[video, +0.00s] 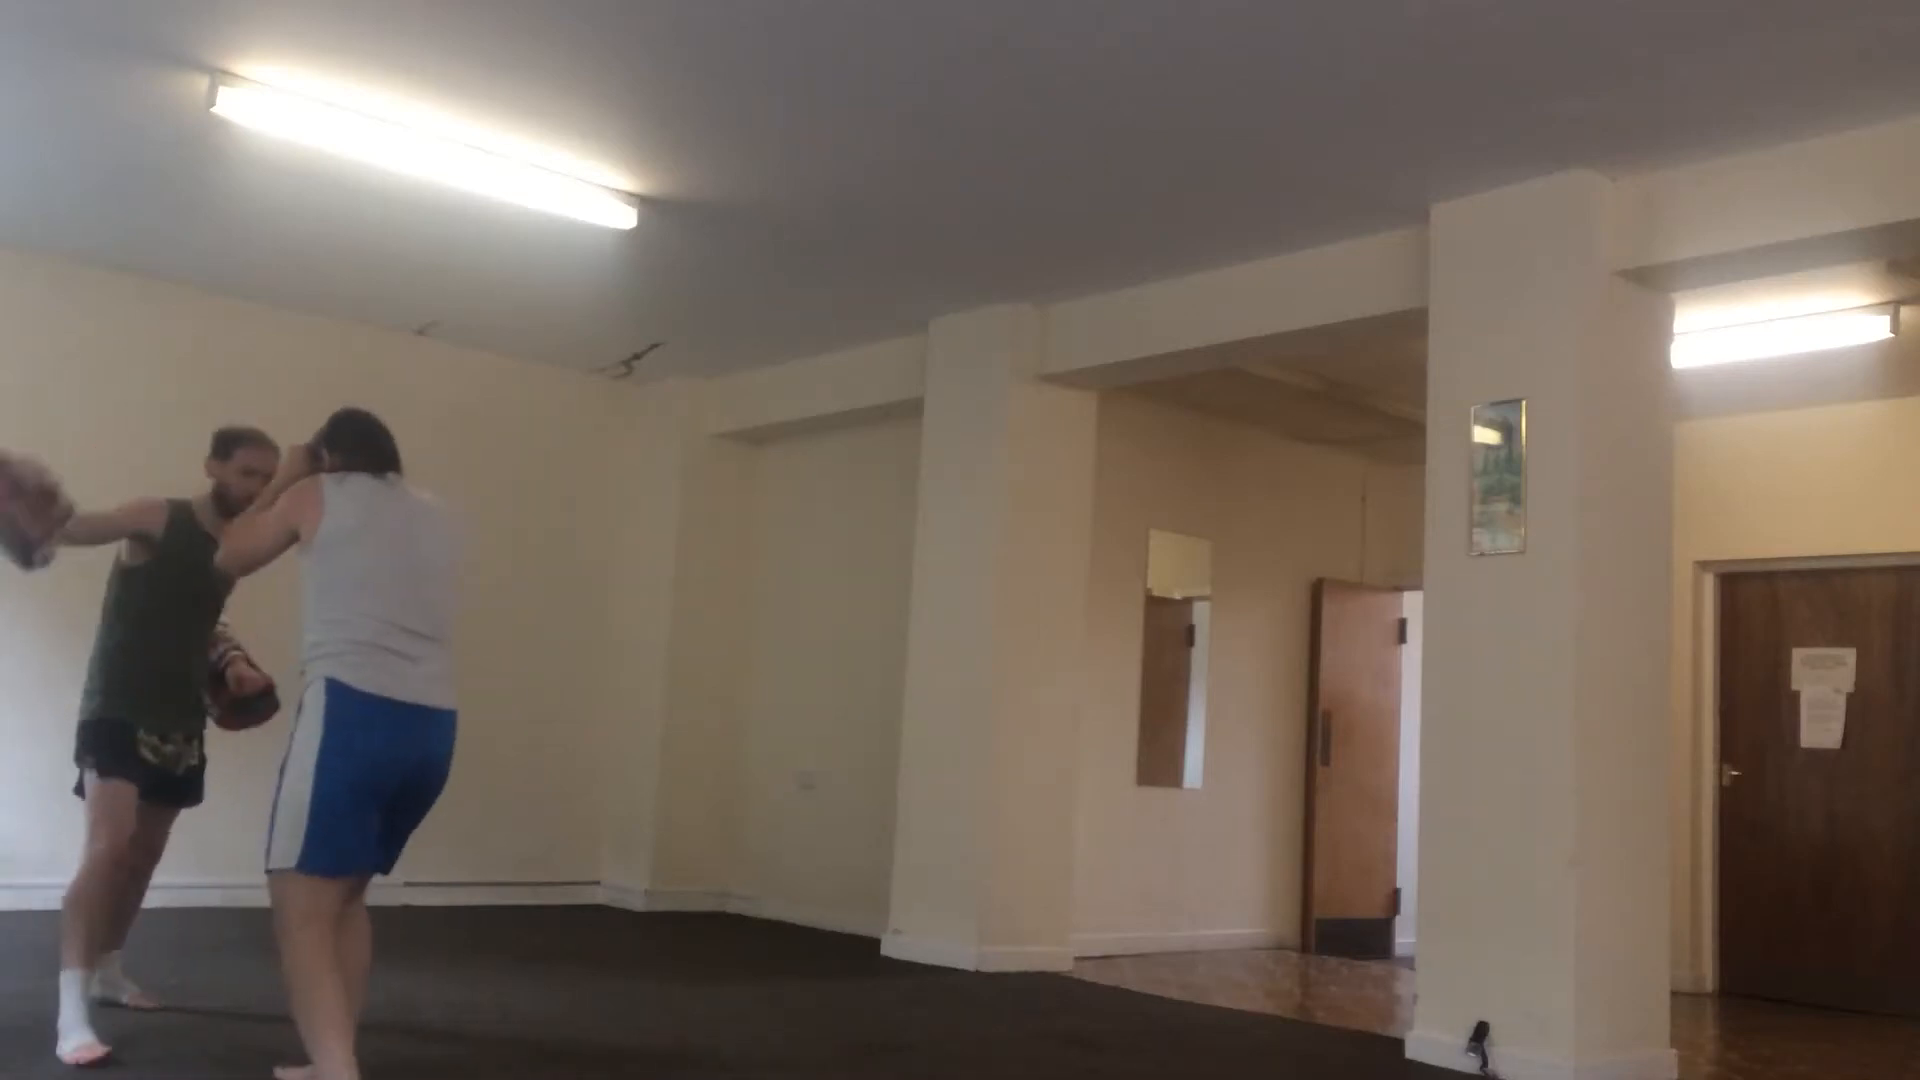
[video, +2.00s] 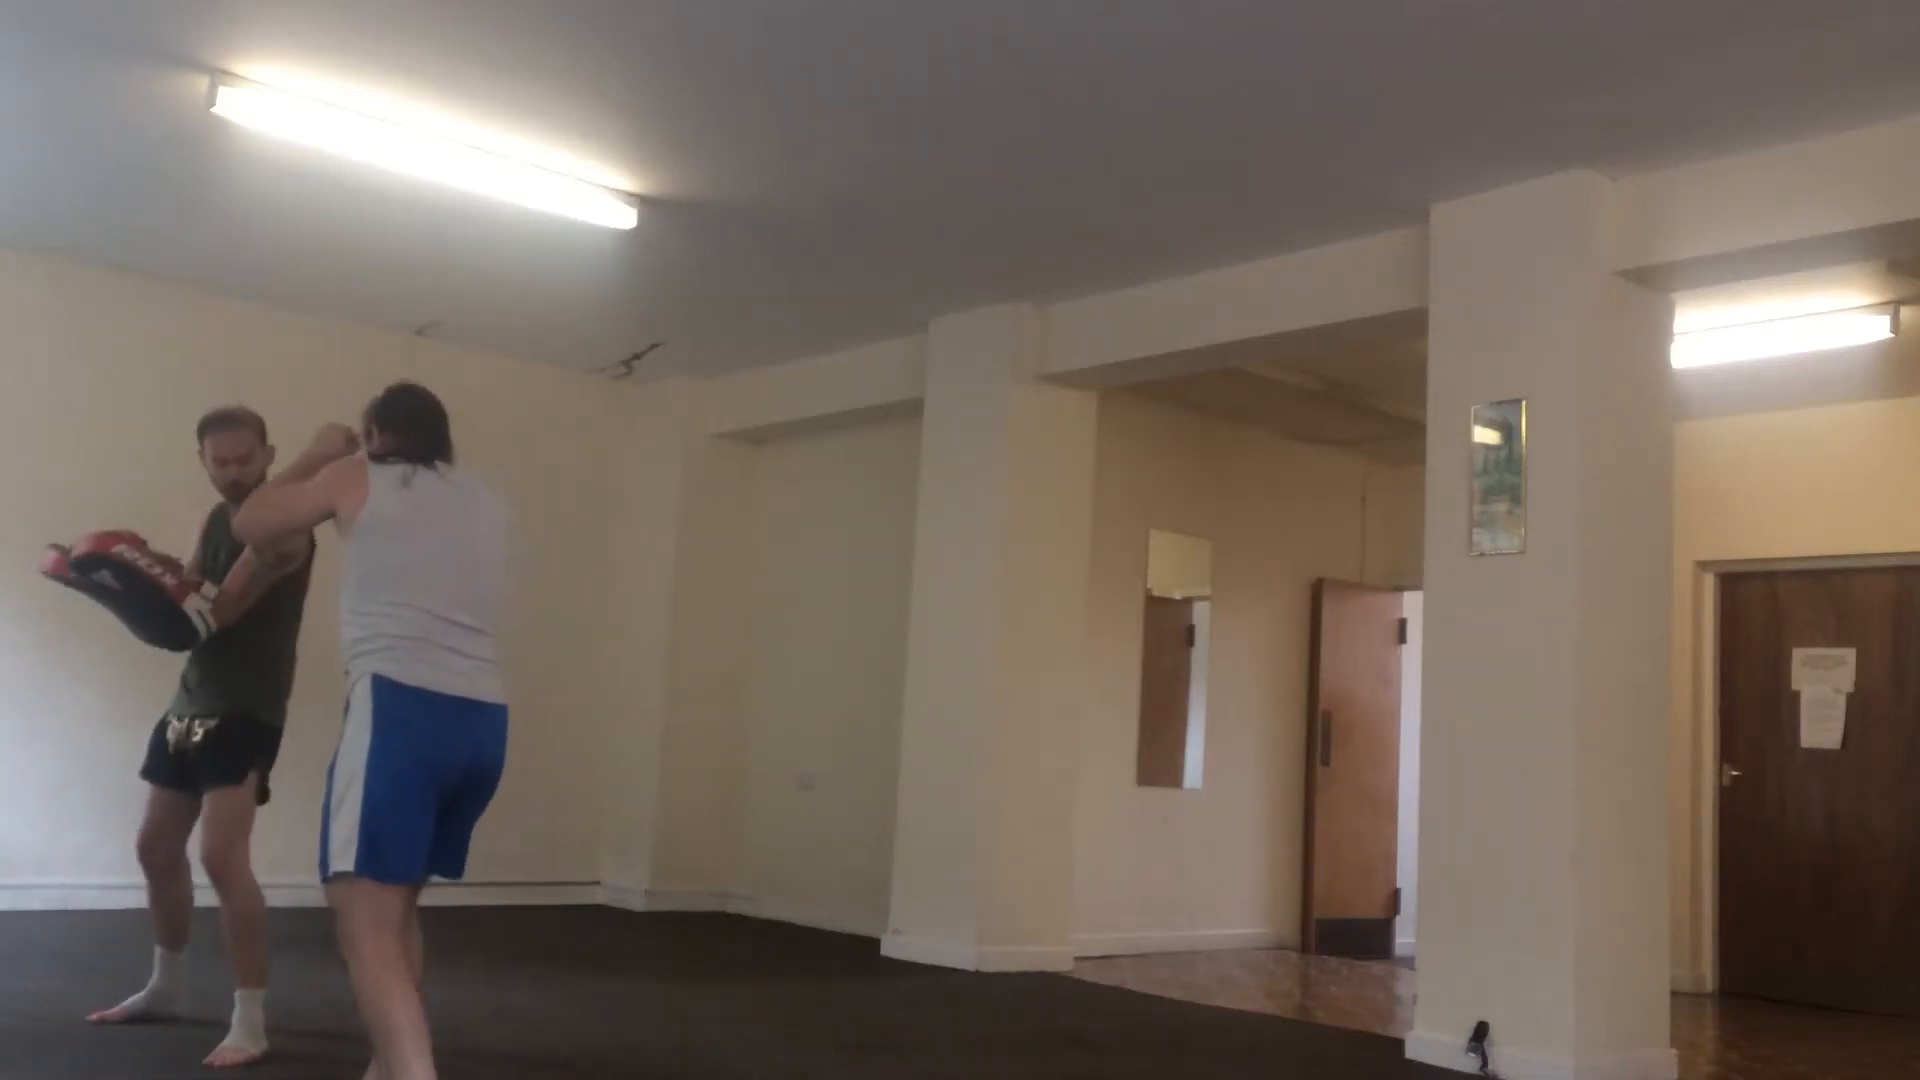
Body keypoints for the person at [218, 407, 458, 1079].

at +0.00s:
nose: (303, 465)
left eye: (311, 456)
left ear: (330, 458)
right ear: (391, 462)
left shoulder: (316, 497)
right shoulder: (441, 520)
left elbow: (230, 557)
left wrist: (282, 483)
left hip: (346, 721)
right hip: (427, 730)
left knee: (304, 911)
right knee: (348, 899)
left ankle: (334, 1066)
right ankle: (333, 1057)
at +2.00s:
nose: (363, 437)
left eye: (368, 430)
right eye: (368, 430)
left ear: (376, 437)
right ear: (446, 441)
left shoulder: (357, 479)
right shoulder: (487, 505)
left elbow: (250, 522)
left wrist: (312, 457)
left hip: (396, 715)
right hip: (481, 724)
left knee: (366, 931)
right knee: (398, 911)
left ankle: (416, 1072)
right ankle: (389, 1063)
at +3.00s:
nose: (279, 440)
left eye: (281, 429)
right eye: (285, 429)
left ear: (293, 434)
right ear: (354, 434)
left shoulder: (266, 493)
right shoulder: (391, 503)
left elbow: (161, 562)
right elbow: (443, 481)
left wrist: (148, 497)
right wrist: (376, 428)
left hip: (228, 703)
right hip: (315, 718)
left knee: (145, 836)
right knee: (275, 874)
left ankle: (111, 1000)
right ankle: (236, 1030)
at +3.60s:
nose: (351, 484)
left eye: (352, 474)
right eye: (352, 474)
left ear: (370, 471)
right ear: (427, 475)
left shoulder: (361, 512)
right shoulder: (470, 539)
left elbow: (280, 572)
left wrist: (319, 499)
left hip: (369, 739)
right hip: (448, 751)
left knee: (284, 921)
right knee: (379, 899)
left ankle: (352, 1065)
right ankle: (408, 1058)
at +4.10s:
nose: (389, 414)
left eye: (395, 408)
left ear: (406, 416)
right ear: (474, 424)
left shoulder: (369, 466)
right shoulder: (524, 485)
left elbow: (311, 538)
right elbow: (520, 570)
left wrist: (368, 452)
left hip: (402, 715)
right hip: (501, 720)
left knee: (370, 915)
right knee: (476, 922)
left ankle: (387, 1071)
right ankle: (482, 1073)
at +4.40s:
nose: (428, 409)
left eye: (434, 404)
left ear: (438, 415)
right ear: (510, 423)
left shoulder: (397, 466)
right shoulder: (556, 484)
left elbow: (333, 538)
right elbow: (558, 571)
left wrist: (399, 449)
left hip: (411, 717)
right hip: (519, 723)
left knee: (376, 910)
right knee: (497, 929)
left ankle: (364, 1071)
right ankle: (483, 1073)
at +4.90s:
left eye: (447, 385)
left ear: (443, 397)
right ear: (521, 406)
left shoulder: (391, 452)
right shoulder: (554, 464)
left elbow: (329, 520)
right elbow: (593, 535)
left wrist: (408, 439)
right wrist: (545, 478)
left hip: (392, 706)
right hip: (500, 711)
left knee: (373, 939)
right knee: (499, 933)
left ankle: (347, 1074)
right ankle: (490, 1073)